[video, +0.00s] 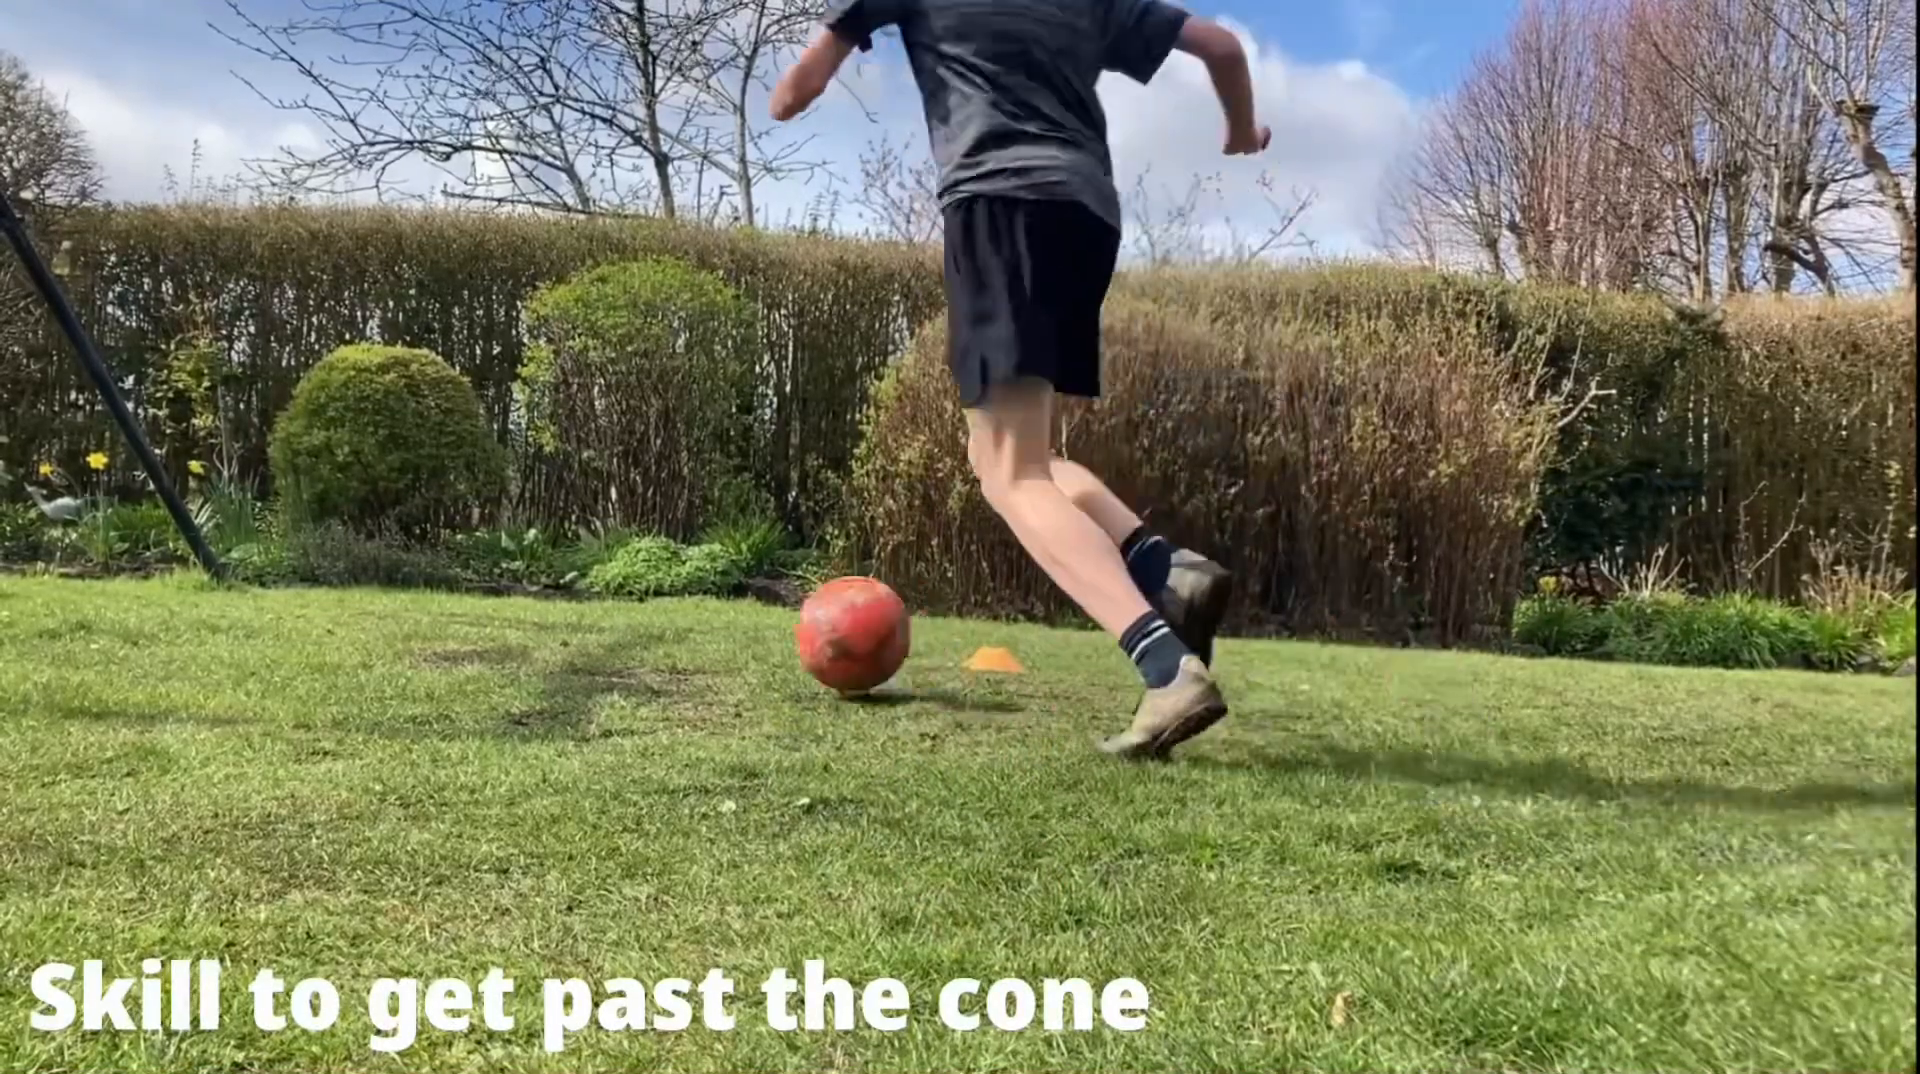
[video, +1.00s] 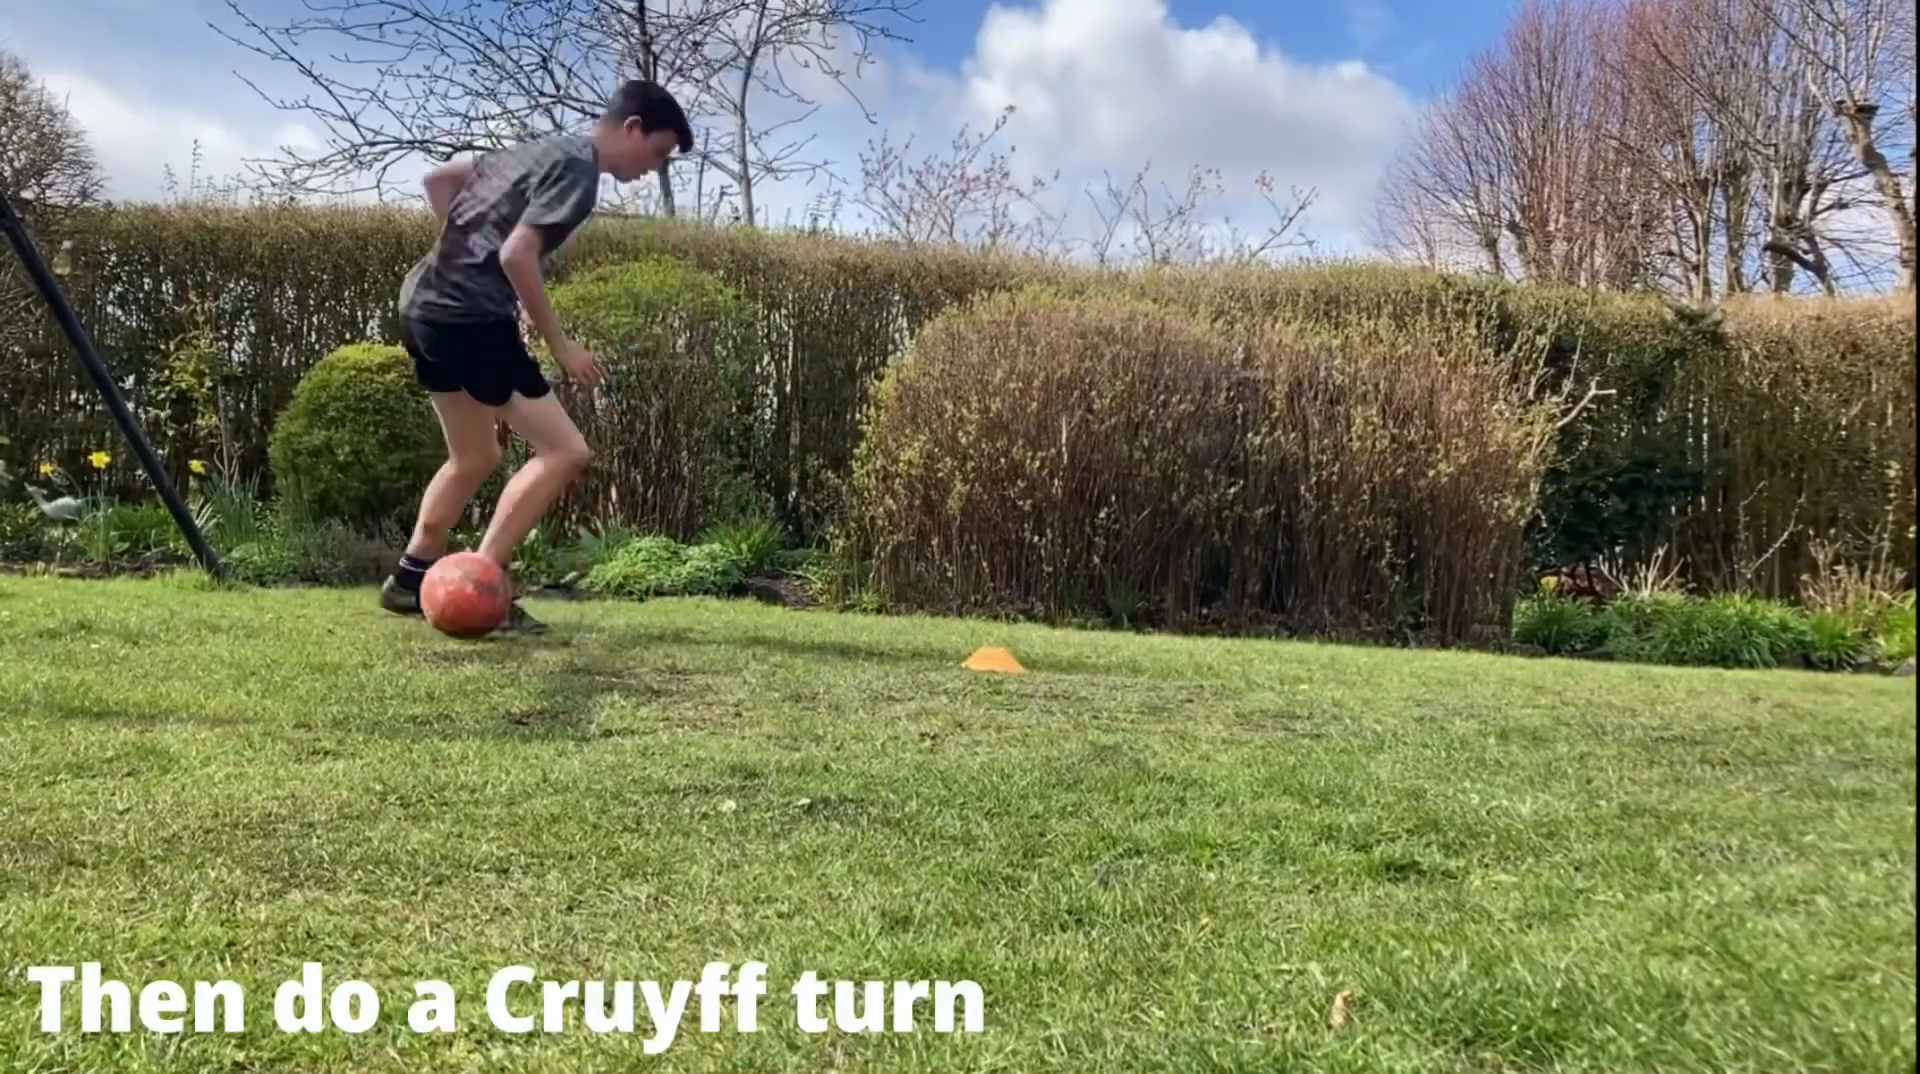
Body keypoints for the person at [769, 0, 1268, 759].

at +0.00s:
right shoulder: (1093, 2)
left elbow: (802, 80)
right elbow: (1224, 45)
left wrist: (786, 97)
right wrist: (1242, 124)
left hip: (1000, 196)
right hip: (1091, 206)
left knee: (1016, 473)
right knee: (1015, 454)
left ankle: (1171, 674)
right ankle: (1167, 571)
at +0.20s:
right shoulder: (943, 13)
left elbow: (738, 72)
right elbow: (1017, 106)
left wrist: (696, 97)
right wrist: (984, 231)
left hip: (835, 201)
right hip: (927, 209)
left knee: (793, 418)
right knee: (882, 429)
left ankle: (889, 546)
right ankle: (926, 649)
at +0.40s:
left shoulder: (657, 10)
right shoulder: (799, 18)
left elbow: (562, 113)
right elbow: (886, 93)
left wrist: (599, 98)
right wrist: (936, 224)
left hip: (700, 227)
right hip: (785, 249)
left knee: (656, 432)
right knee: (714, 419)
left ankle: (667, 637)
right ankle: (770, 550)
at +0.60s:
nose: (636, 11)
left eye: (638, 4)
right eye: (645, 9)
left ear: (647, 4)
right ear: (703, 16)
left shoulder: (591, 46)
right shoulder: (726, 72)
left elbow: (531, 151)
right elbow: (789, 158)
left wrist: (582, 140)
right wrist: (818, 275)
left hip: (574, 268)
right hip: (660, 285)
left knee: (532, 410)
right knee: (617, 445)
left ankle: (508, 485)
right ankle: (581, 601)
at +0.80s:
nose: (638, 90)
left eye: (624, 72)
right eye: (670, 94)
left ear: (621, 72)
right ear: (673, 95)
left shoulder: (559, 104)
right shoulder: (663, 154)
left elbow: (487, 168)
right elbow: (696, 261)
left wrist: (510, 220)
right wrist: (676, 335)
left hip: (489, 284)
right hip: (564, 315)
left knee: (481, 397)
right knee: (587, 446)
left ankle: (375, 510)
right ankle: (556, 595)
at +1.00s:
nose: (653, 171)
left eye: (663, 162)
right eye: (659, 155)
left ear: (625, 127)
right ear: (632, 128)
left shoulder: (535, 150)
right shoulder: (576, 170)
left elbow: (439, 180)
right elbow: (516, 254)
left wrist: (472, 256)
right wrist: (561, 344)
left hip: (428, 310)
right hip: (471, 318)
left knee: (472, 457)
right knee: (564, 452)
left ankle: (411, 578)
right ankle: (480, 585)